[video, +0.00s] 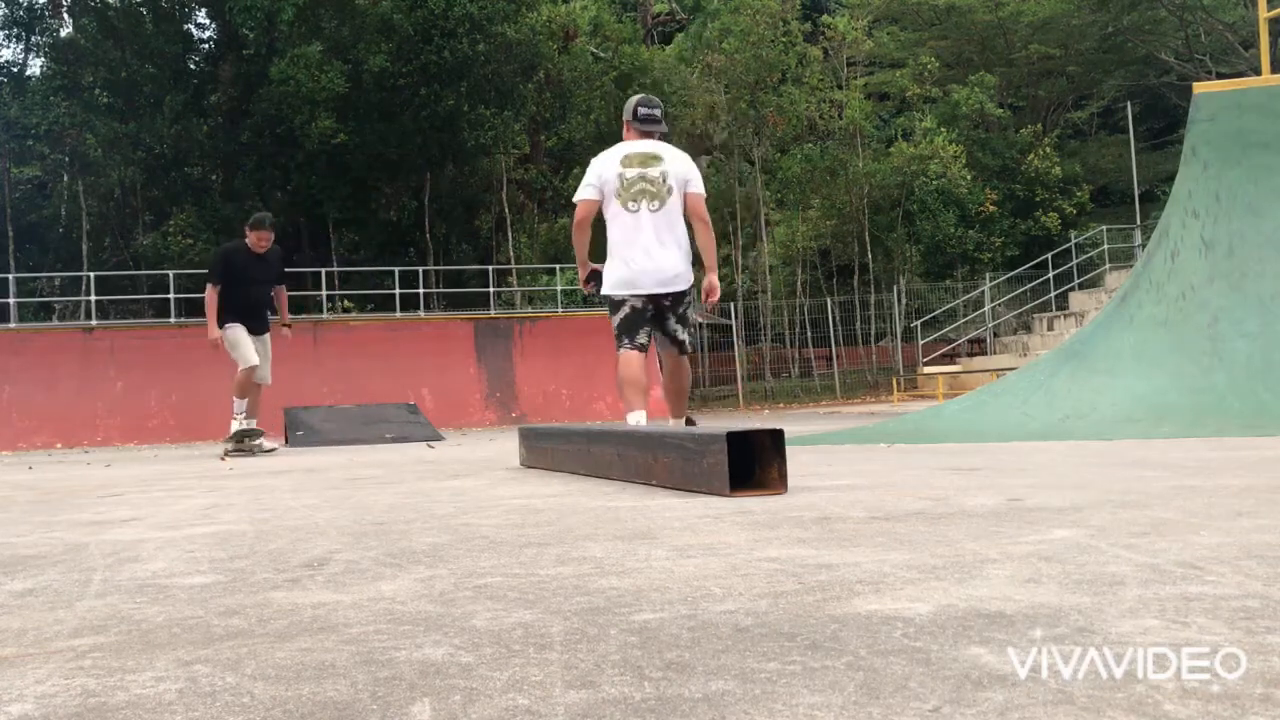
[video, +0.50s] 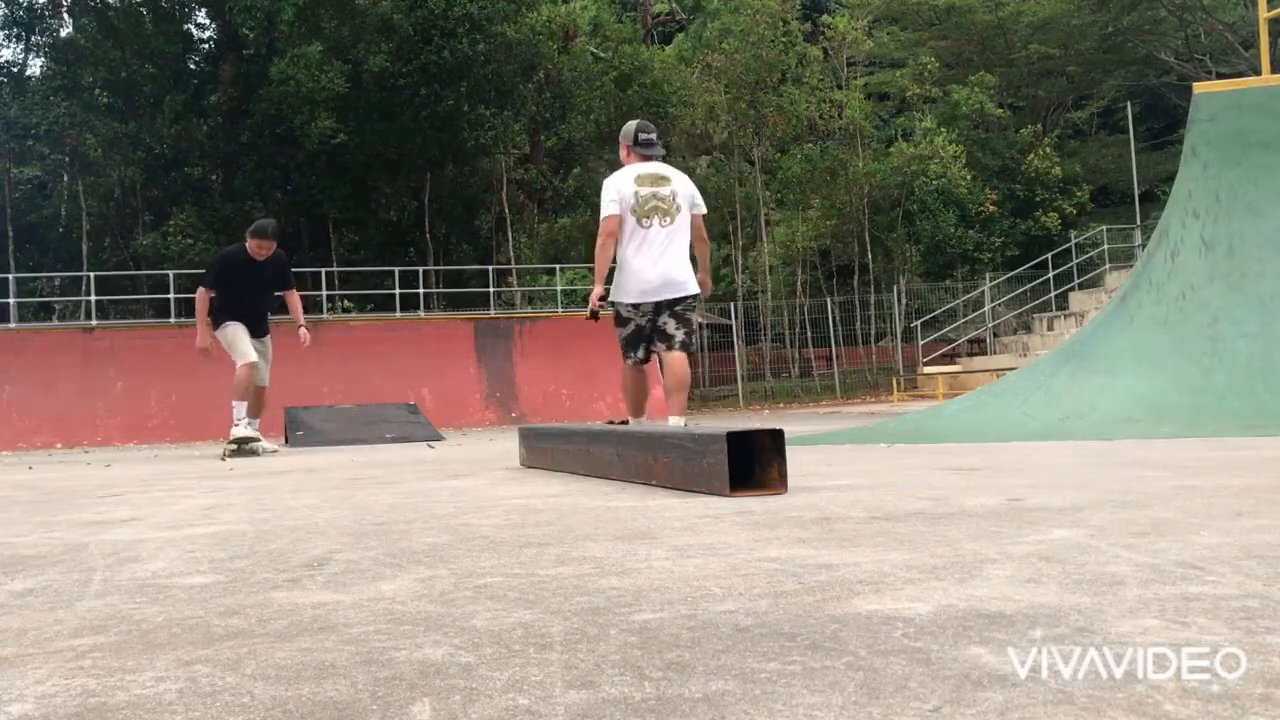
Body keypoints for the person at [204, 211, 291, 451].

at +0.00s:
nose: (264, 244)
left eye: (268, 239)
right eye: (259, 239)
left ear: (273, 236)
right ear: (247, 233)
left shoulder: (274, 255)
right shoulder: (228, 254)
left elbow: (279, 288)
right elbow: (211, 290)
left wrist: (284, 320)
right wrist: (212, 327)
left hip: (259, 324)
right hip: (231, 322)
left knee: (258, 379)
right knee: (249, 364)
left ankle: (251, 433)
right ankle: (237, 419)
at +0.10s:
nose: (264, 246)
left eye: (269, 241)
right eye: (260, 241)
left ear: (274, 238)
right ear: (249, 234)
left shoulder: (277, 257)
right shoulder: (230, 254)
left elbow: (284, 289)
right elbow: (212, 289)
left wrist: (295, 322)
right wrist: (212, 326)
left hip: (259, 324)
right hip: (232, 322)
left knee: (258, 380)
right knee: (250, 361)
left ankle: (252, 433)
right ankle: (238, 413)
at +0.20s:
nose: (265, 248)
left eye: (270, 243)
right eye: (261, 242)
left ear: (276, 239)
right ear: (249, 235)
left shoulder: (278, 257)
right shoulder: (230, 254)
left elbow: (288, 289)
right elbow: (211, 290)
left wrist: (304, 320)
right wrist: (211, 326)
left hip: (260, 324)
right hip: (232, 320)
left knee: (259, 381)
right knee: (250, 357)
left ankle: (251, 433)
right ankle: (238, 411)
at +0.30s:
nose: (265, 250)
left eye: (270, 245)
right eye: (261, 245)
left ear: (276, 241)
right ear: (250, 237)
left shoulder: (278, 258)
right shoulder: (230, 256)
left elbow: (291, 289)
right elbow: (210, 291)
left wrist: (306, 320)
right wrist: (208, 327)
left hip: (259, 324)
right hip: (230, 319)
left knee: (259, 381)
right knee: (250, 354)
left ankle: (250, 432)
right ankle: (237, 413)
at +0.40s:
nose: (264, 251)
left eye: (269, 247)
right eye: (260, 246)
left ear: (275, 243)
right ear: (250, 239)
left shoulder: (279, 259)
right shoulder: (230, 257)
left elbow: (291, 291)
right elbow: (207, 293)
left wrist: (305, 321)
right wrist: (205, 331)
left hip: (259, 325)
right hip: (229, 320)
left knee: (261, 381)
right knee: (248, 360)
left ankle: (251, 433)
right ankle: (239, 424)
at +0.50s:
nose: (262, 252)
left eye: (267, 248)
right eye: (258, 247)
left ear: (274, 244)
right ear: (248, 239)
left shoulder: (279, 260)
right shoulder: (229, 258)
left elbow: (290, 292)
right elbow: (202, 292)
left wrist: (301, 324)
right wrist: (202, 331)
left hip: (258, 325)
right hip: (228, 321)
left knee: (260, 381)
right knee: (248, 362)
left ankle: (252, 432)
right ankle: (238, 424)